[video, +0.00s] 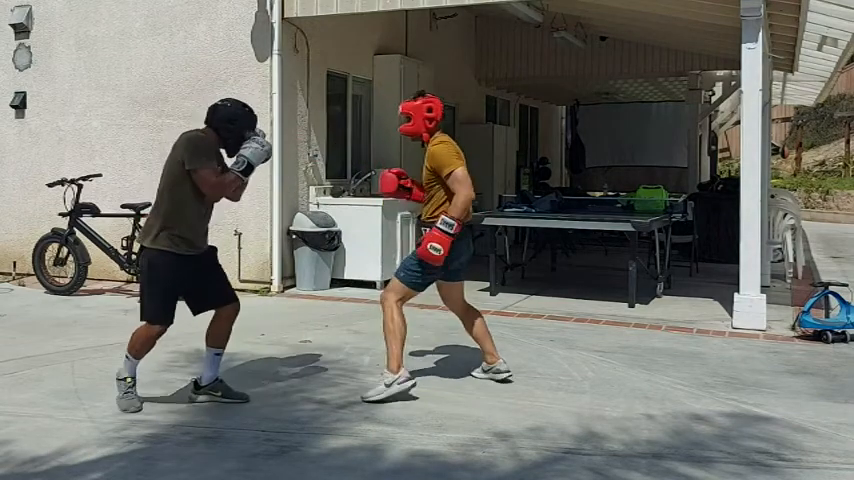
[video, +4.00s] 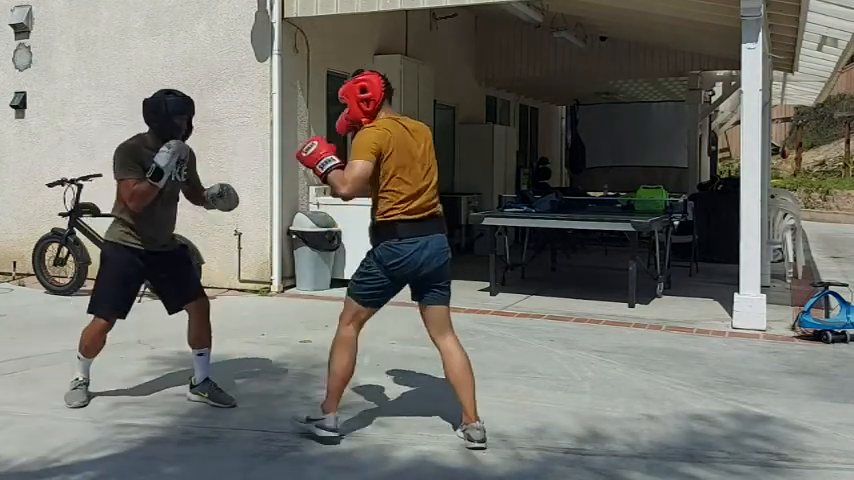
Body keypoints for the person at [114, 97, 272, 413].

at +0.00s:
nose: (245, 140)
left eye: (248, 135)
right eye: (245, 134)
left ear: (223, 127)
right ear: (228, 128)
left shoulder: (214, 153)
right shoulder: (195, 141)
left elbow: (234, 193)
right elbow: (212, 188)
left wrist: (249, 162)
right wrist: (243, 164)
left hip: (195, 251)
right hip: (161, 249)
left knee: (228, 307)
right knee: (157, 324)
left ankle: (209, 380)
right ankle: (126, 376)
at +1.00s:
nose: (218, 159)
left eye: (218, 152)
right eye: (215, 152)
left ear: (187, 148)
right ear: (200, 152)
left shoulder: (176, 174)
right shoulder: (174, 168)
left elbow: (188, 231)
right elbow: (195, 225)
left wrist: (215, 200)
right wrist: (219, 195)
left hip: (157, 270)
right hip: (127, 271)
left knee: (207, 309)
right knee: (136, 345)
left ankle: (206, 383)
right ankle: (73, 410)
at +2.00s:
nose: (218, 139)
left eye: (217, 133)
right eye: (213, 133)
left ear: (189, 135)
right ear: (199, 136)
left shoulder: (201, 163)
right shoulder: (168, 160)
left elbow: (231, 188)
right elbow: (194, 211)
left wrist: (257, 176)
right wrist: (221, 178)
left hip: (165, 257)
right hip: (129, 255)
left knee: (211, 308)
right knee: (107, 330)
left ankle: (208, 381)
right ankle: (44, 399)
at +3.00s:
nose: (184, 136)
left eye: (183, 130)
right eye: (178, 131)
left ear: (162, 137)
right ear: (160, 137)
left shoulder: (186, 160)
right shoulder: (130, 167)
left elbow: (224, 174)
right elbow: (150, 214)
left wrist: (245, 164)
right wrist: (181, 185)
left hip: (174, 265)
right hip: (130, 266)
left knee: (227, 305)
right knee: (90, 334)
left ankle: (222, 370)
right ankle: (29, 404)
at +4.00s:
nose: (189, 126)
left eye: (189, 120)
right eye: (183, 120)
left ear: (182, 122)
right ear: (163, 121)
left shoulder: (183, 153)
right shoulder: (129, 151)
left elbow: (194, 194)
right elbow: (135, 202)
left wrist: (214, 198)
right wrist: (161, 170)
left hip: (164, 247)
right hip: (125, 244)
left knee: (199, 305)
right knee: (104, 319)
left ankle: (200, 381)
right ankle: (80, 378)